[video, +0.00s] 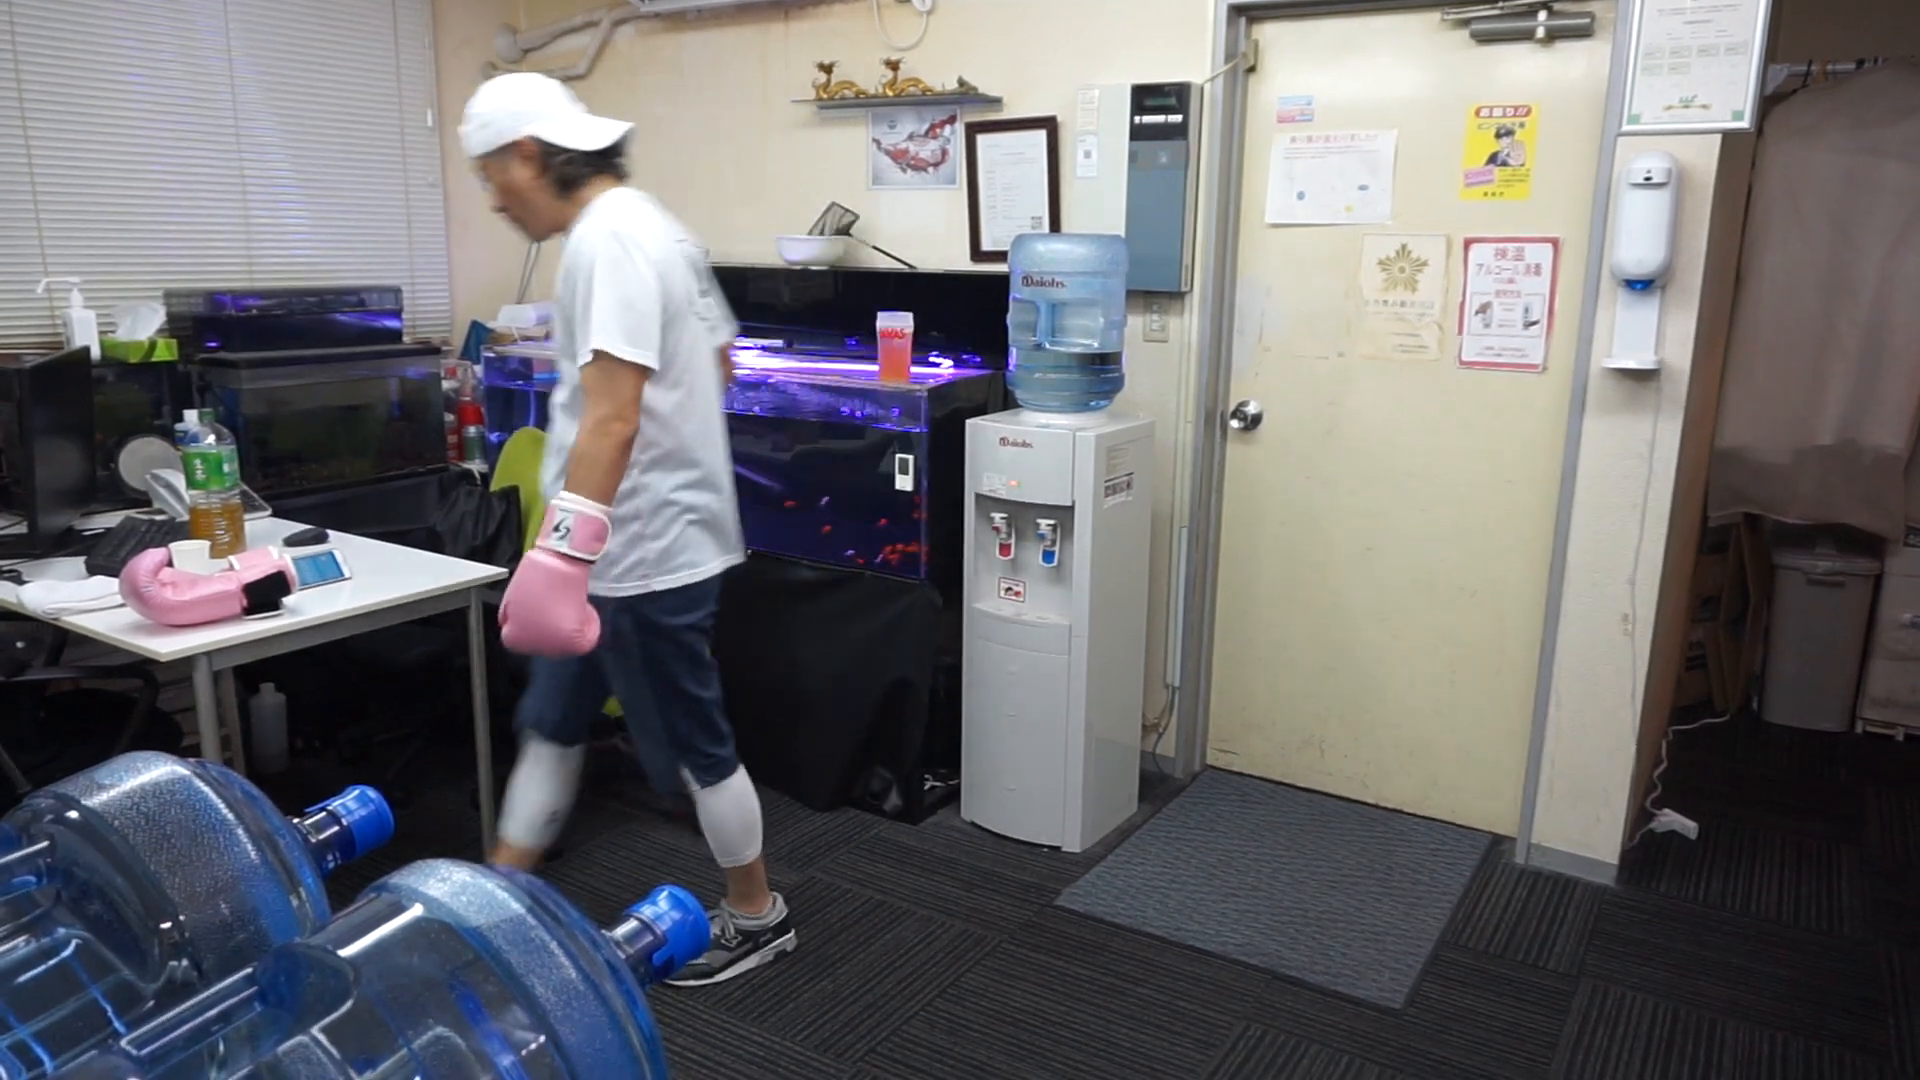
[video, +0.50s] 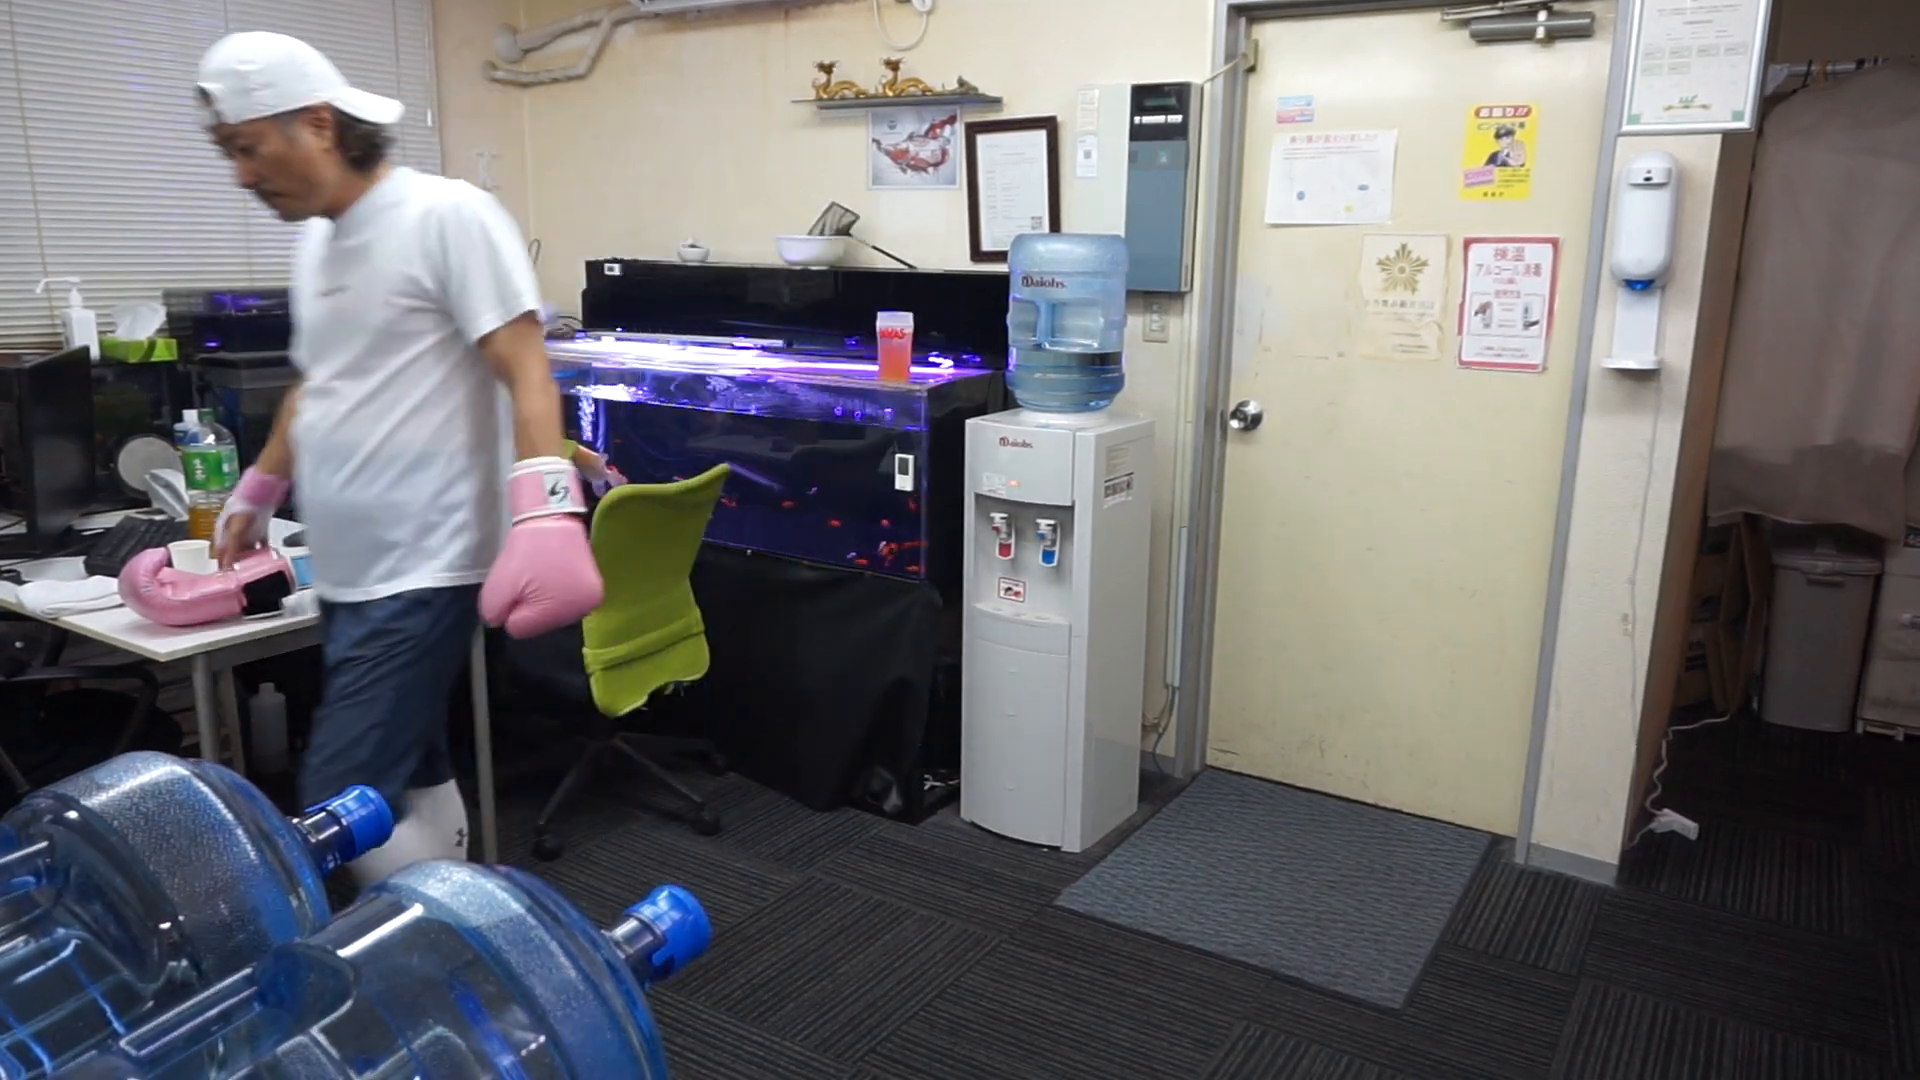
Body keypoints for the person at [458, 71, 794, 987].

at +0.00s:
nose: (493, 198)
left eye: (494, 175)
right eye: (485, 181)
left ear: (537, 154)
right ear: (554, 156)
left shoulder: (609, 241)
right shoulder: (649, 227)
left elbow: (613, 418)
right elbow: (716, 356)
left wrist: (563, 552)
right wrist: (647, 451)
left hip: (648, 557)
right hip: (623, 552)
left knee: (698, 745)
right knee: (550, 724)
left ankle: (756, 911)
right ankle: (496, 903)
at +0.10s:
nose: (447, 207)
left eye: (445, 183)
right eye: (437, 189)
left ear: (488, 158)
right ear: (493, 158)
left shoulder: (583, 241)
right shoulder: (559, 243)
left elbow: (601, 417)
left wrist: (566, 558)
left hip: (617, 570)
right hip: (558, 566)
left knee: (674, 751)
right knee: (503, 750)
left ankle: (751, 906)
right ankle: (469, 931)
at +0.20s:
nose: (390, 203)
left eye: (390, 178)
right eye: (382, 183)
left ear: (438, 153)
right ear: (441, 156)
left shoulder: (549, 237)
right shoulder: (503, 243)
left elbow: (586, 402)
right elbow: (522, 402)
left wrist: (571, 548)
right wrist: (451, 470)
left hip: (554, 571)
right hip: (487, 569)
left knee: (611, 756)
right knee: (457, 760)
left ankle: (743, 904)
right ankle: (453, 941)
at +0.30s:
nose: (334, 194)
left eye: (335, 168)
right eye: (326, 173)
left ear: (388, 143)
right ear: (389, 148)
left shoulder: (511, 227)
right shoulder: (443, 246)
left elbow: (567, 383)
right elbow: (460, 406)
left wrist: (573, 531)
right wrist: (370, 464)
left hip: (500, 581)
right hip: (431, 581)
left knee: (516, 792)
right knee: (429, 789)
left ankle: (688, 878)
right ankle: (455, 963)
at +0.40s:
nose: (284, 182)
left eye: (288, 156)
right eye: (277, 164)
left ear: (351, 130)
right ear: (341, 139)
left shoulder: (478, 218)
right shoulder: (375, 247)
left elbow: (551, 372)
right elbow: (375, 386)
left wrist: (561, 518)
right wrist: (300, 474)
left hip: (458, 578)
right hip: (387, 577)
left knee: (421, 803)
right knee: (413, 798)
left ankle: (588, 887)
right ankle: (457, 974)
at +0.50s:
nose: (241, 176)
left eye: (248, 150)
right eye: (231, 157)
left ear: (318, 125)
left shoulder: (450, 217)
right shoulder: (315, 244)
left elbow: (529, 373)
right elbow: (315, 387)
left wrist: (542, 512)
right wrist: (256, 497)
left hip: (426, 574)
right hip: (347, 577)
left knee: (339, 809)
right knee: (419, 793)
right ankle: (459, 973)